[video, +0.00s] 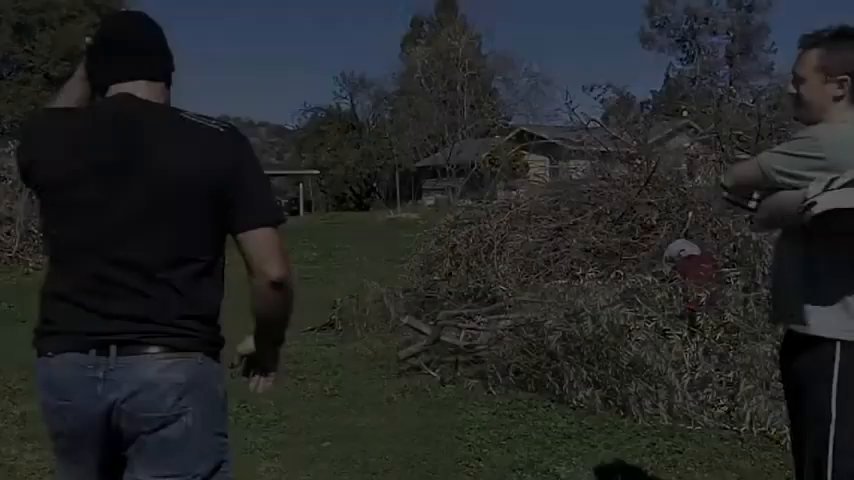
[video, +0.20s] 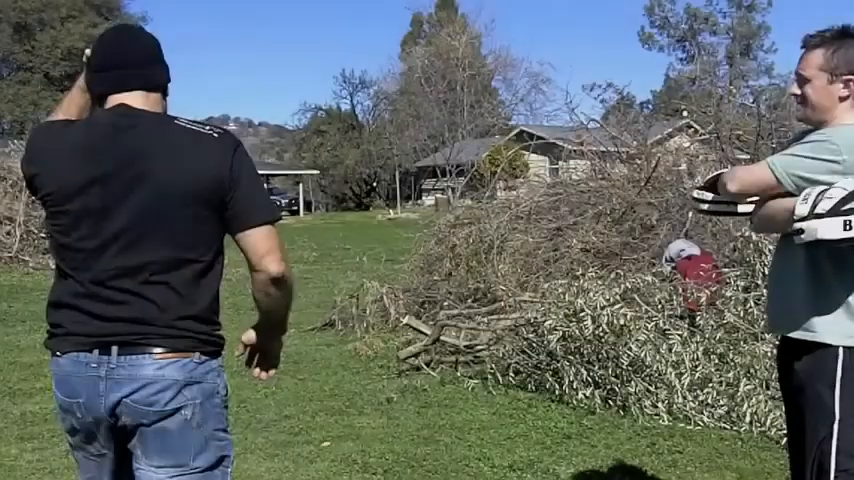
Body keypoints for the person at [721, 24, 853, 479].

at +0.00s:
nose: (791, 91)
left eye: (800, 81)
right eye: (793, 81)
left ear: (838, 87)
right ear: (835, 88)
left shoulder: (832, 139)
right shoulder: (831, 138)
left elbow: (738, 176)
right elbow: (762, 213)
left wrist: (745, 195)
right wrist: (805, 199)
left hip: (830, 340)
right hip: (815, 337)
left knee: (825, 463)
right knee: (813, 461)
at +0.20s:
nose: (792, 91)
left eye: (803, 81)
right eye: (794, 80)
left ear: (843, 88)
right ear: (837, 87)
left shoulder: (842, 141)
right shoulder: (819, 141)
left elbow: (737, 183)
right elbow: (761, 219)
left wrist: (724, 178)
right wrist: (805, 208)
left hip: (833, 342)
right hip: (802, 338)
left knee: (828, 467)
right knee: (805, 464)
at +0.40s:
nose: (798, 92)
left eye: (809, 82)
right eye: (800, 81)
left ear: (847, 88)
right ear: (838, 88)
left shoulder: (848, 149)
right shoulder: (819, 146)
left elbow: (752, 196)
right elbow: (787, 217)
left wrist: (685, 200)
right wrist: (754, 245)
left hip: (835, 347)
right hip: (803, 341)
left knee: (829, 469)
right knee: (806, 464)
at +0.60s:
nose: (793, 92)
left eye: (804, 82)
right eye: (796, 81)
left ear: (845, 87)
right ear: (837, 87)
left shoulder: (845, 152)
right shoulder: (823, 155)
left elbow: (807, 222)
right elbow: (800, 243)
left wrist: (698, 224)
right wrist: (734, 271)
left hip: (831, 362)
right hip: (805, 356)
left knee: (826, 470)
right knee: (807, 467)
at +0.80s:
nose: (779, 92)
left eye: (790, 82)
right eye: (781, 82)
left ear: (831, 88)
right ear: (825, 88)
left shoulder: (844, 155)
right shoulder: (819, 158)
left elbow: (850, 236)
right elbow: (817, 253)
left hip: (829, 363)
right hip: (804, 358)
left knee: (827, 472)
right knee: (808, 469)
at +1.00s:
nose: (765, 93)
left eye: (775, 82)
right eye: (767, 82)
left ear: (815, 87)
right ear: (812, 88)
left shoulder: (844, 152)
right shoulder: (811, 154)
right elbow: (826, 241)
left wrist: (850, 278)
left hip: (825, 355)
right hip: (794, 352)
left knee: (829, 470)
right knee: (806, 467)